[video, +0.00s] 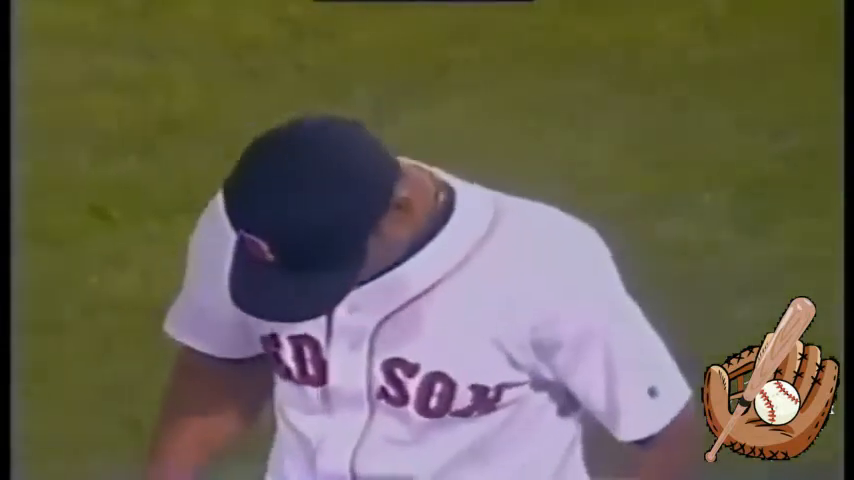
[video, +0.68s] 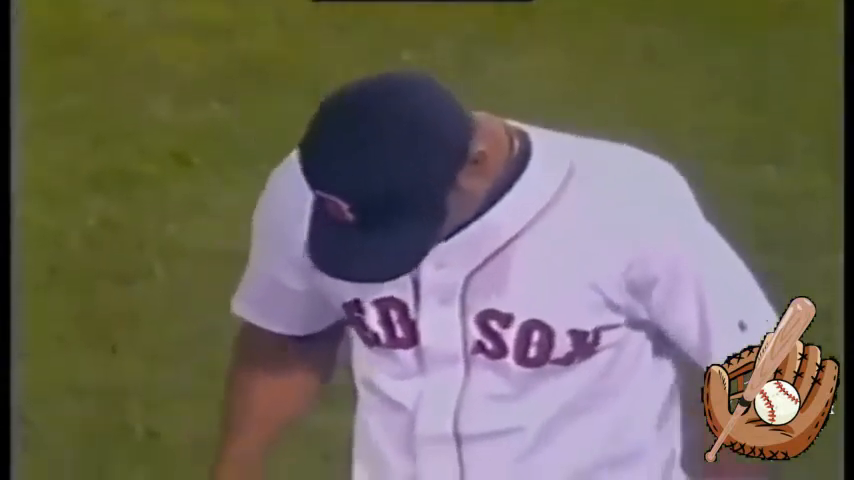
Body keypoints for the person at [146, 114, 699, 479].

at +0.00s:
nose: (304, 306)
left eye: (329, 283)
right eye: (284, 289)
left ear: (399, 209)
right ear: (251, 229)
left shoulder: (550, 264)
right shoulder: (243, 226)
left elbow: (671, 433)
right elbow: (216, 378)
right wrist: (169, 465)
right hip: (303, 468)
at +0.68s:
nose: (379, 260)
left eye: (405, 231)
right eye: (361, 238)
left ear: (471, 167)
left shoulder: (633, 201)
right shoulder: (307, 197)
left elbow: (759, 373)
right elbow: (281, 344)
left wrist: (741, 443)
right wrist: (237, 465)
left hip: (612, 468)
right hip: (399, 465)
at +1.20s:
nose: (299, 250)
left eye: (323, 229)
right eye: (280, 227)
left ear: (396, 166)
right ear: (246, 171)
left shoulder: (538, 207)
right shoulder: (213, 177)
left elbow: (669, 377)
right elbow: (162, 329)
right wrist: (126, 458)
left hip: (485, 469)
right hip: (268, 468)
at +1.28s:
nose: (294, 247)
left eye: (320, 223)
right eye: (275, 224)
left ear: (394, 158)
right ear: (245, 170)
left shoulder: (534, 200)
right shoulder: (208, 179)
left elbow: (681, 369)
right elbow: (159, 332)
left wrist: (710, 465)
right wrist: (123, 465)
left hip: (484, 473)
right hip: (269, 471)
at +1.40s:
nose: (290, 239)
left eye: (314, 217)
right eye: (271, 215)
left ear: (387, 149)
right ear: (242, 161)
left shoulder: (526, 187)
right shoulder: (201, 175)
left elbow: (697, 347)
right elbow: (156, 330)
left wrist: (764, 433)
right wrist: (121, 466)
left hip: (479, 468)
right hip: (263, 466)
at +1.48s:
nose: (289, 234)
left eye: (311, 208)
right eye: (268, 212)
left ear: (377, 142)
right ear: (230, 158)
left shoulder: (518, 185)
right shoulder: (194, 174)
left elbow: (687, 344)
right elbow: (151, 328)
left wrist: (766, 432)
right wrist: (119, 467)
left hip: (466, 470)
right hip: (257, 467)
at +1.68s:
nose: (288, 204)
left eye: (308, 182)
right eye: (265, 190)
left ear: (370, 114)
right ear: (221, 135)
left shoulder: (501, 177)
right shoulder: (176, 174)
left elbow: (661, 343)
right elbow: (138, 326)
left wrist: (706, 464)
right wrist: (117, 462)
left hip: (463, 472)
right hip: (249, 471)